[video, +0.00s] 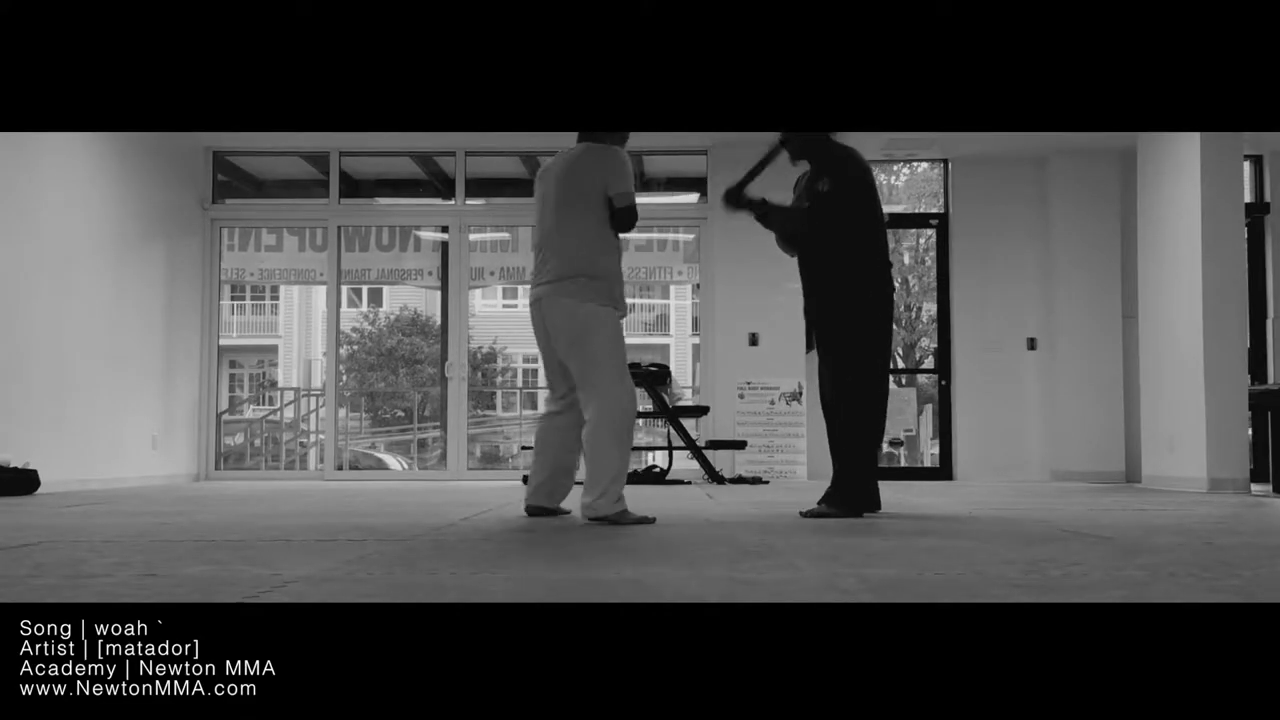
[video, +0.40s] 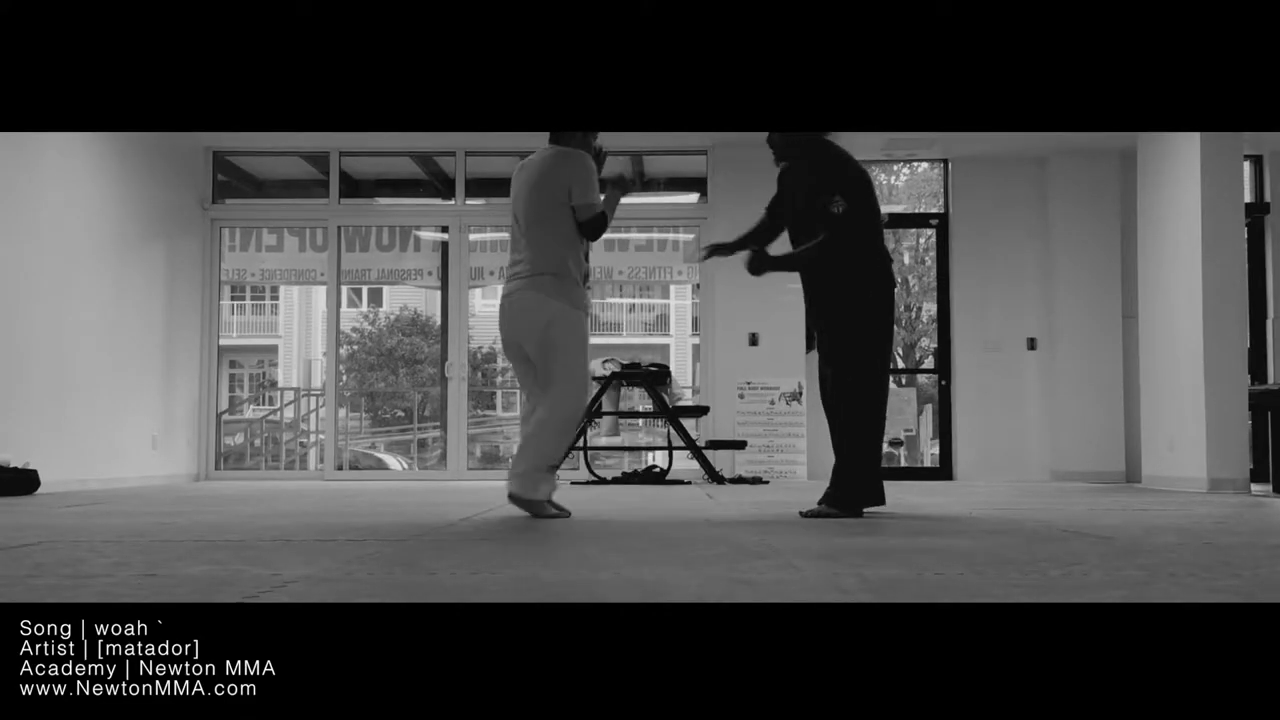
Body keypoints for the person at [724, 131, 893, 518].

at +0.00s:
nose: (785, 148)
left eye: (788, 139)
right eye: (784, 141)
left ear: (806, 135)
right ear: (807, 140)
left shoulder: (841, 166)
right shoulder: (809, 178)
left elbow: (813, 227)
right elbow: (798, 242)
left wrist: (756, 205)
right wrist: (772, 216)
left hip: (857, 308)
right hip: (833, 309)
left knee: (852, 397)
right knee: (839, 398)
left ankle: (852, 495)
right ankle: (851, 493)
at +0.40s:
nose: (772, 148)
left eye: (776, 141)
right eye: (771, 143)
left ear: (797, 138)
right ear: (791, 142)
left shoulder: (835, 169)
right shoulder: (795, 172)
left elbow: (834, 245)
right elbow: (772, 223)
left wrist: (774, 261)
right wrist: (734, 246)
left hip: (861, 296)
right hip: (832, 297)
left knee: (855, 391)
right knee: (838, 390)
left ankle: (848, 495)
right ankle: (862, 487)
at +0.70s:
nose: (762, 139)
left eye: (766, 133)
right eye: (763, 134)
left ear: (787, 134)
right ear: (786, 136)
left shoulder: (819, 169)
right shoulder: (795, 169)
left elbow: (802, 250)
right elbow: (753, 208)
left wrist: (737, 264)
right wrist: (699, 199)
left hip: (847, 307)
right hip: (824, 308)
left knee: (848, 397)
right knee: (823, 396)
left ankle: (847, 499)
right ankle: (828, 487)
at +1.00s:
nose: (753, 141)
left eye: (760, 134)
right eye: (756, 134)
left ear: (780, 138)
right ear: (790, 139)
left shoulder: (788, 182)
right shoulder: (809, 176)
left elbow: (743, 241)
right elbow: (796, 236)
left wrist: (691, 222)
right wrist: (757, 222)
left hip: (815, 314)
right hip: (808, 313)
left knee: (827, 402)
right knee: (800, 402)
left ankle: (843, 500)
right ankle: (793, 493)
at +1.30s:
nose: (737, 151)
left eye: (744, 143)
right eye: (738, 144)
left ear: (765, 145)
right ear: (773, 147)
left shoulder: (774, 180)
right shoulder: (780, 182)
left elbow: (705, 197)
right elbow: (758, 258)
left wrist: (653, 183)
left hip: (798, 312)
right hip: (795, 311)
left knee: (792, 402)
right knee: (787, 403)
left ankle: (808, 488)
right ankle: (786, 490)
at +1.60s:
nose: (734, 153)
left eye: (739, 146)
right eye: (736, 147)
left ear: (757, 145)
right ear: (774, 143)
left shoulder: (777, 173)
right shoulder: (769, 187)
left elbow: (730, 161)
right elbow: (751, 266)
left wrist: (681, 144)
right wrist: (715, 247)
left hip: (784, 312)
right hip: (779, 313)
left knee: (771, 402)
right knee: (778, 402)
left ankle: (772, 495)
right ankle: (784, 492)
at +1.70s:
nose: (735, 160)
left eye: (737, 150)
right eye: (733, 154)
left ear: (752, 146)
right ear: (773, 144)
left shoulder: (773, 174)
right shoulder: (771, 182)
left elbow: (725, 145)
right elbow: (753, 266)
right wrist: (713, 249)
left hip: (783, 312)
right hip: (781, 311)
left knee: (772, 402)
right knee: (779, 403)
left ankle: (774, 495)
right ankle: (784, 493)